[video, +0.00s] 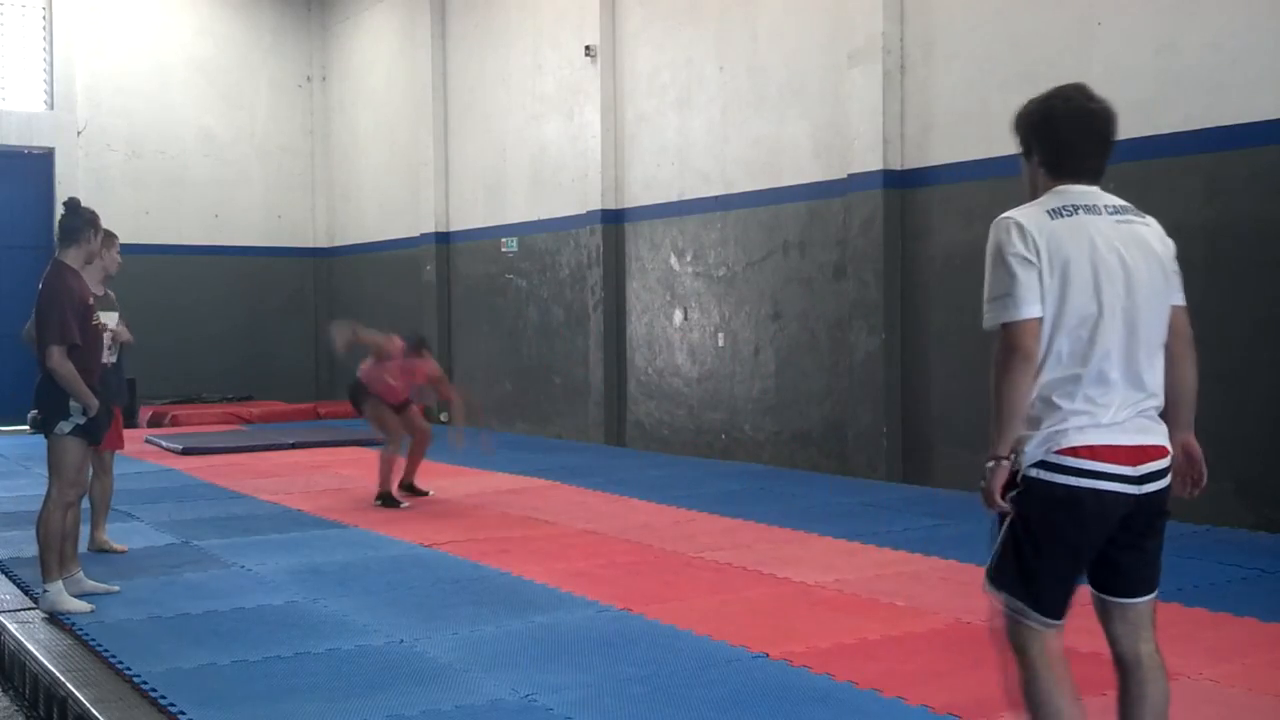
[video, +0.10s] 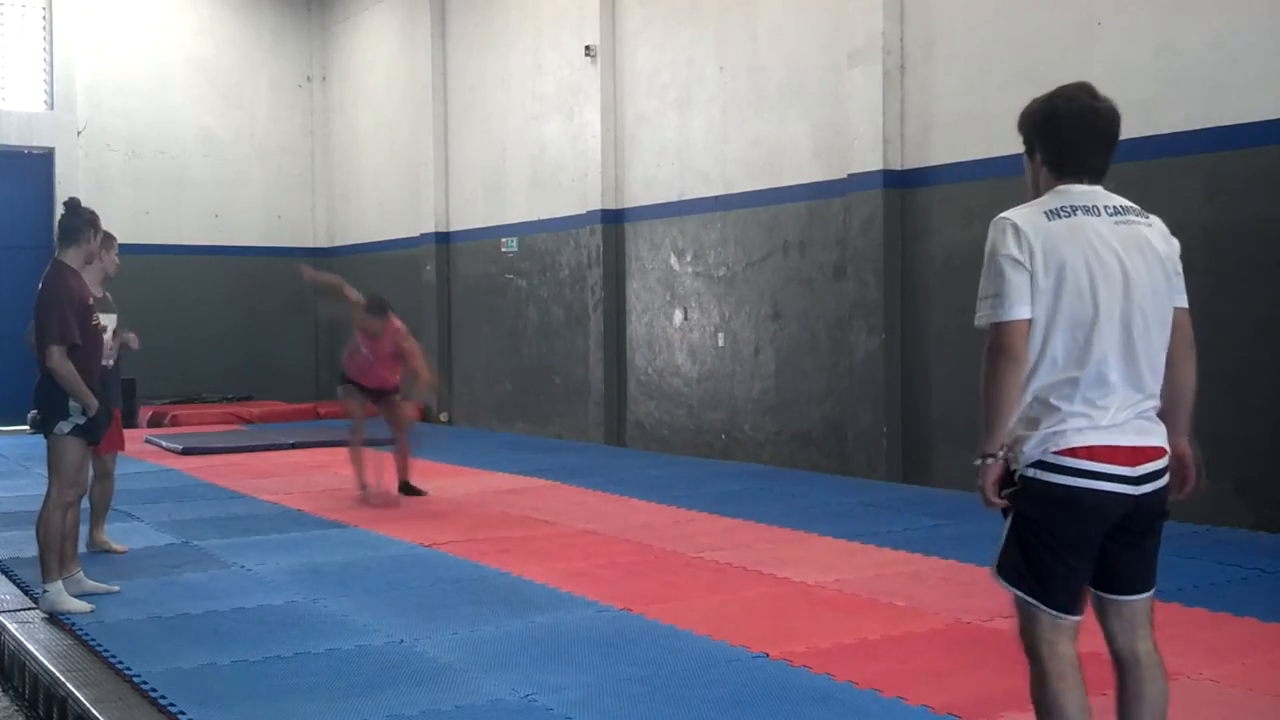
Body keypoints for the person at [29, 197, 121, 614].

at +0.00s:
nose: (101, 245)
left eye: (100, 237)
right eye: (100, 237)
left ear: (69, 235)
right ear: (90, 237)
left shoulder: (70, 279)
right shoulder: (61, 285)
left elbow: (69, 341)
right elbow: (55, 358)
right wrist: (91, 402)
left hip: (80, 398)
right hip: (66, 401)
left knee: (75, 489)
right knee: (61, 493)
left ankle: (71, 575)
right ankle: (51, 590)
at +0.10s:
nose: (100, 245)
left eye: (99, 238)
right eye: (99, 237)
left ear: (69, 235)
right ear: (89, 238)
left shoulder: (71, 279)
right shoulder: (60, 284)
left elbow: (74, 343)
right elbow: (55, 358)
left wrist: (105, 346)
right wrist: (91, 403)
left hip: (80, 398)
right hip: (66, 400)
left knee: (75, 490)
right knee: (61, 493)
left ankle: (71, 575)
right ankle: (51, 590)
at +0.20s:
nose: (100, 245)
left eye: (99, 238)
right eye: (99, 237)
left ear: (69, 236)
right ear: (89, 238)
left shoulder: (72, 279)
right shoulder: (61, 284)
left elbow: (79, 342)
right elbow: (55, 358)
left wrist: (117, 345)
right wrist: (90, 402)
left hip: (78, 396)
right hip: (64, 399)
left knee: (75, 489)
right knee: (61, 493)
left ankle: (70, 575)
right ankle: (51, 590)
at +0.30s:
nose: (100, 245)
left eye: (99, 238)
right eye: (99, 238)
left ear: (67, 235)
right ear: (89, 238)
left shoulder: (72, 279)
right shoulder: (60, 285)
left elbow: (76, 343)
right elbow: (53, 358)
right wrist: (90, 403)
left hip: (78, 397)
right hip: (63, 399)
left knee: (75, 489)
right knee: (62, 493)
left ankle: (71, 574)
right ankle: (51, 590)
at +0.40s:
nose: (100, 246)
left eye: (99, 239)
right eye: (99, 238)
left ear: (69, 235)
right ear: (90, 238)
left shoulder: (74, 279)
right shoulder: (59, 284)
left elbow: (74, 342)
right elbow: (49, 359)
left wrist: (110, 346)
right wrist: (89, 403)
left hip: (81, 397)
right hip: (65, 400)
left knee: (77, 490)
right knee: (63, 493)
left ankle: (71, 574)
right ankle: (52, 590)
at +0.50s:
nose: (99, 245)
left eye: (98, 238)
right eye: (99, 238)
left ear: (69, 235)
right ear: (91, 238)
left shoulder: (76, 279)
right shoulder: (58, 284)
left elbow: (77, 346)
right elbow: (48, 359)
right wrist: (87, 401)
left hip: (82, 396)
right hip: (64, 400)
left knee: (78, 489)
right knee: (63, 493)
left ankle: (71, 574)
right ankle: (51, 590)